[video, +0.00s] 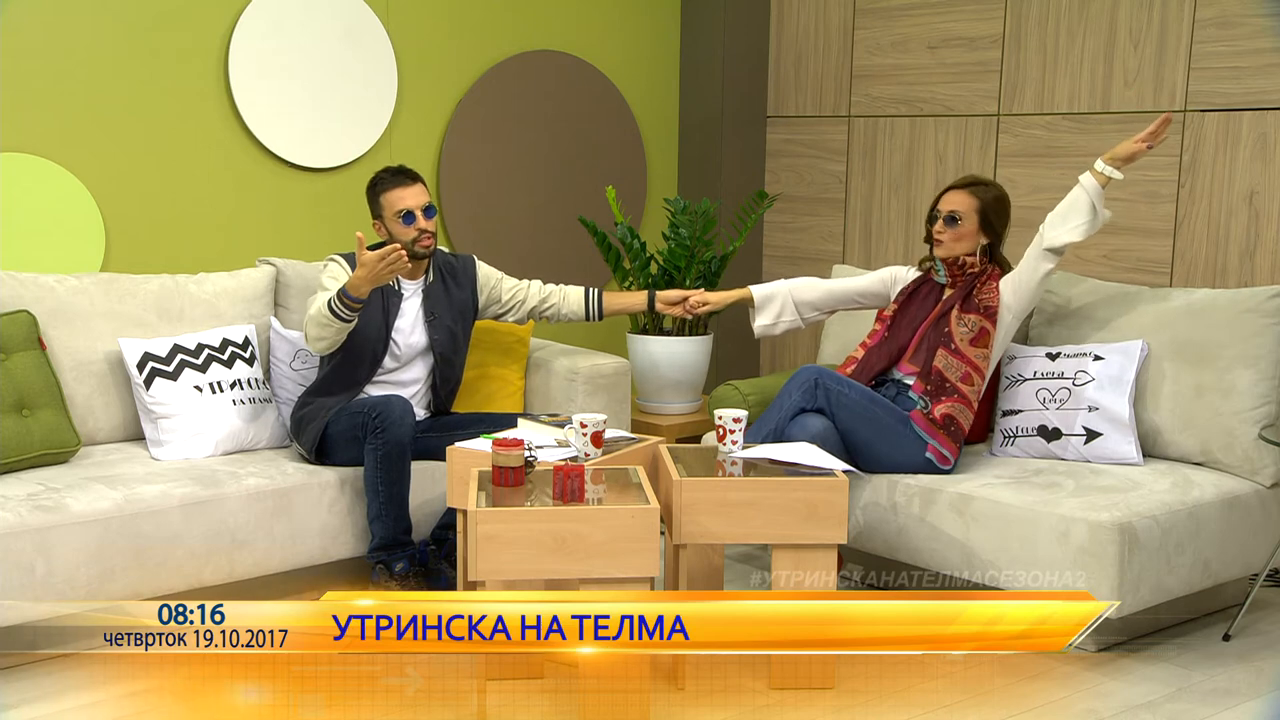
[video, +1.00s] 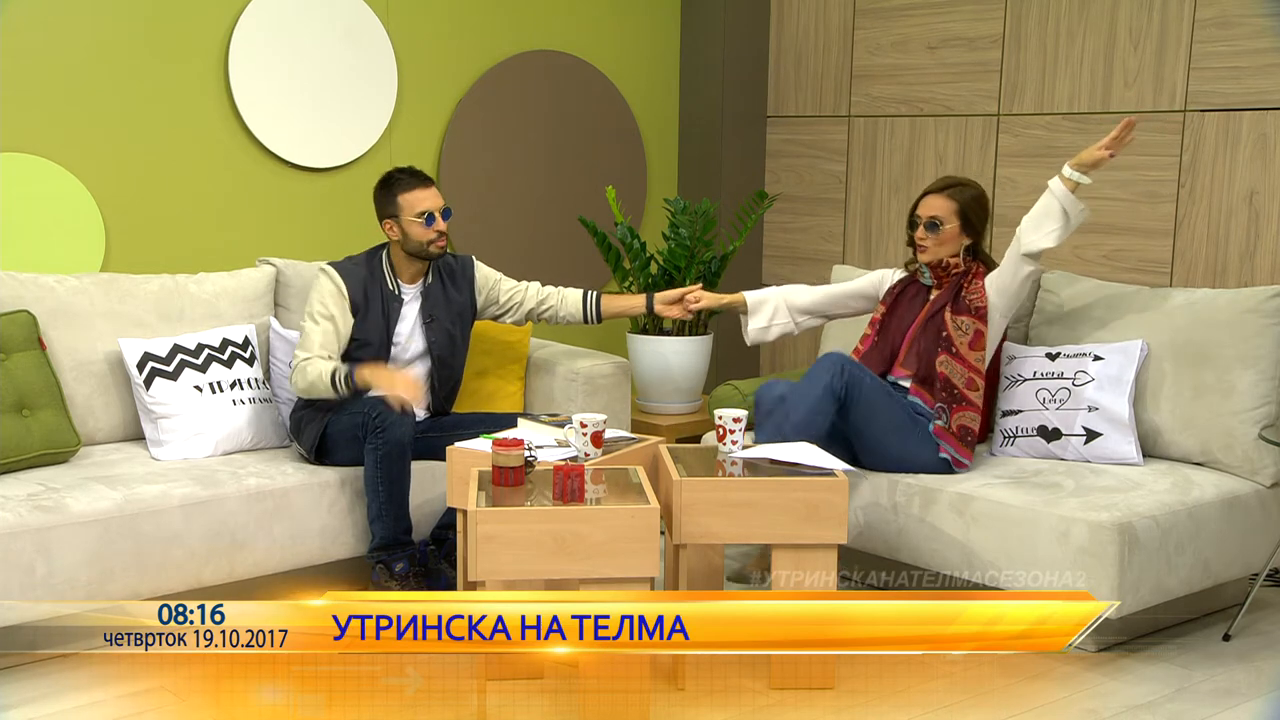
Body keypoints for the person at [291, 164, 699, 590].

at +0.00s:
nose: (422, 225)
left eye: (427, 212)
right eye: (406, 217)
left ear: (437, 214)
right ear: (379, 227)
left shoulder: (463, 275)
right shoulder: (348, 273)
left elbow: (548, 300)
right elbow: (318, 340)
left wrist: (654, 299)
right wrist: (357, 288)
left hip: (416, 421)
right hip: (331, 423)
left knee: (515, 431)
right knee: (392, 409)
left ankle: (443, 552)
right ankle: (393, 560)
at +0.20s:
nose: (422, 225)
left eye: (428, 212)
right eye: (406, 217)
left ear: (437, 214)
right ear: (379, 227)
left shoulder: (463, 275)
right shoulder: (349, 273)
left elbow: (547, 300)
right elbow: (318, 341)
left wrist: (654, 300)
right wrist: (357, 290)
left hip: (416, 420)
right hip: (332, 422)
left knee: (515, 431)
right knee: (393, 409)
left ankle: (444, 550)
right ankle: (392, 558)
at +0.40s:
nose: (422, 225)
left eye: (428, 212)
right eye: (406, 216)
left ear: (438, 215)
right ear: (381, 226)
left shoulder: (465, 276)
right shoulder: (354, 275)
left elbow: (550, 301)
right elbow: (320, 343)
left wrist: (656, 301)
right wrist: (355, 288)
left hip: (416, 421)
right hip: (332, 422)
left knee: (514, 431)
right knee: (393, 410)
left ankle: (443, 550)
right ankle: (392, 559)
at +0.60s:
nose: (429, 227)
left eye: (435, 214)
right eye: (412, 219)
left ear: (443, 216)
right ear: (386, 227)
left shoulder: (466, 277)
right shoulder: (359, 275)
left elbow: (549, 301)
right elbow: (320, 348)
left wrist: (656, 300)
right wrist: (348, 288)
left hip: (417, 421)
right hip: (332, 421)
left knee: (516, 432)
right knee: (394, 410)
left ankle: (444, 550)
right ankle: (392, 559)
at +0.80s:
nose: (437, 228)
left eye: (441, 215)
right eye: (421, 219)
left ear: (448, 215)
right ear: (389, 228)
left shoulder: (465, 276)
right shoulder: (347, 276)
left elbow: (548, 301)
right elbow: (308, 362)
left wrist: (654, 300)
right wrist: (350, 304)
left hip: (417, 420)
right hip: (331, 422)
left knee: (515, 431)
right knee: (393, 410)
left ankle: (444, 550)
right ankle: (393, 558)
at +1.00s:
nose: (441, 227)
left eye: (443, 215)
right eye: (425, 218)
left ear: (447, 217)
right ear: (389, 228)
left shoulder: (463, 276)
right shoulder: (342, 282)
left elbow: (545, 301)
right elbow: (304, 374)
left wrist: (652, 302)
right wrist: (370, 376)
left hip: (421, 423)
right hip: (334, 424)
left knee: (517, 431)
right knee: (391, 411)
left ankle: (443, 551)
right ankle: (392, 558)